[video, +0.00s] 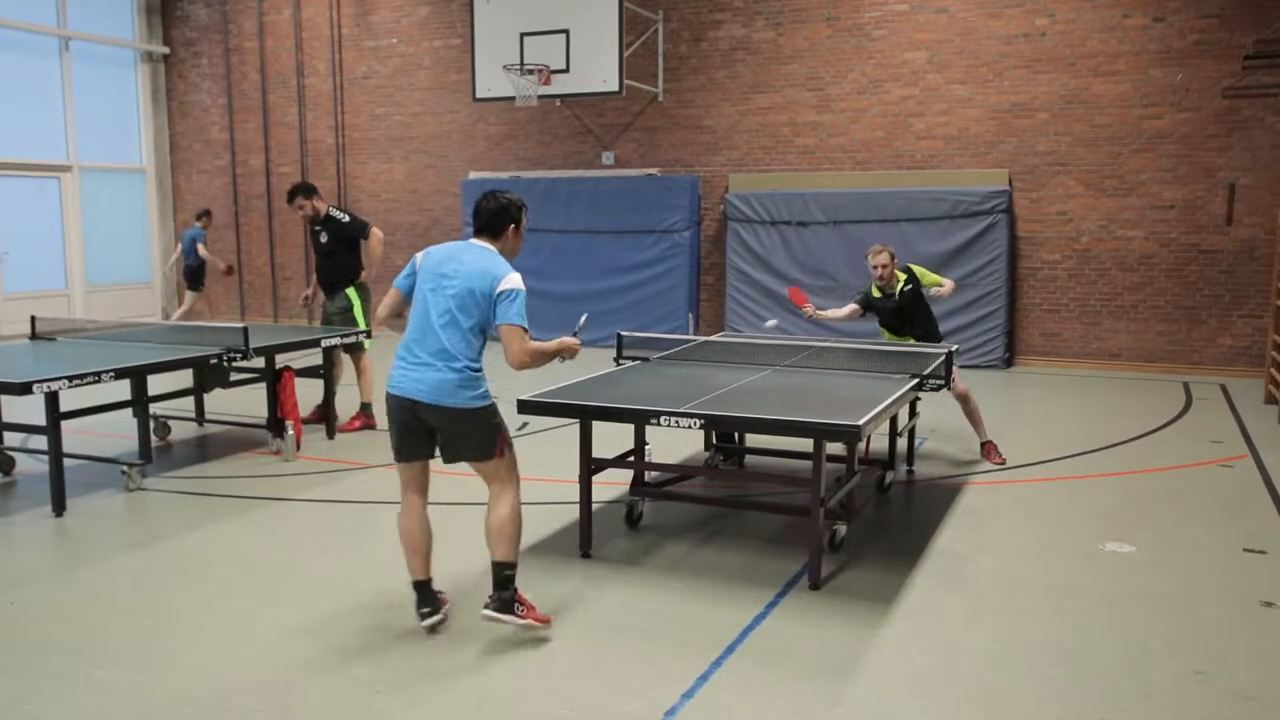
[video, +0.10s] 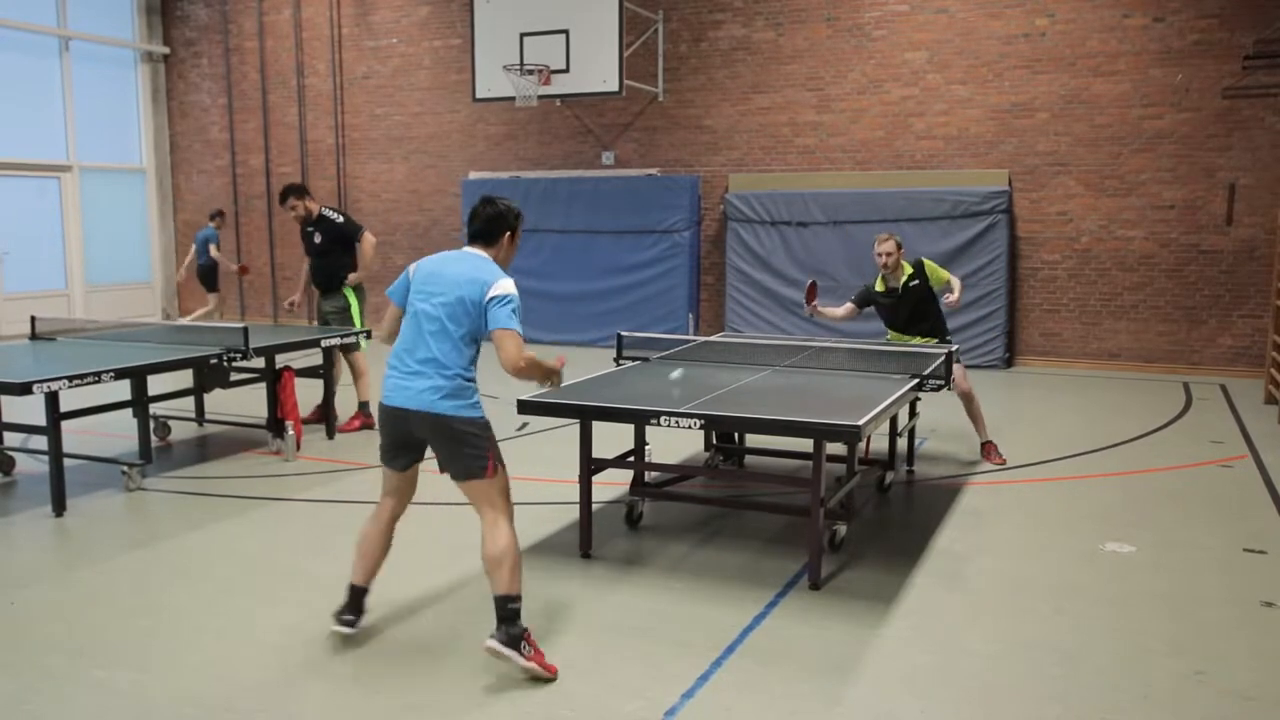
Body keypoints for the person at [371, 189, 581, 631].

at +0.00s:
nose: (523, 238)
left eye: (523, 230)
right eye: (523, 230)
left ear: (477, 226)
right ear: (511, 230)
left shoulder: (428, 256)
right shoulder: (504, 275)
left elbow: (385, 314)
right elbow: (519, 355)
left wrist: (426, 332)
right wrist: (558, 348)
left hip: (402, 392)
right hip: (458, 397)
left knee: (413, 491)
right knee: (503, 483)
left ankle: (424, 598)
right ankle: (504, 594)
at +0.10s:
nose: (515, 251)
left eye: (517, 243)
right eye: (517, 242)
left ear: (470, 233)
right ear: (506, 239)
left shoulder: (421, 267)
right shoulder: (496, 282)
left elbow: (384, 331)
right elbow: (514, 360)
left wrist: (429, 329)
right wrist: (547, 370)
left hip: (396, 404)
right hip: (453, 409)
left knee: (390, 501)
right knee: (495, 514)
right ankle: (510, 629)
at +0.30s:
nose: (475, 279)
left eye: (474, 273)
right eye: (474, 273)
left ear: (425, 272)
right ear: (466, 280)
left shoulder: (389, 295)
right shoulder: (468, 336)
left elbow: (413, 337)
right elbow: (515, 384)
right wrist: (543, 358)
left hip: (346, 444)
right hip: (402, 454)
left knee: (346, 519)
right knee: (470, 546)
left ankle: (282, 618)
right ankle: (502, 669)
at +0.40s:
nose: (431, 263)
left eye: (427, 257)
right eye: (428, 258)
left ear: (379, 258)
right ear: (420, 265)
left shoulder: (348, 279)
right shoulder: (429, 321)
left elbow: (389, 308)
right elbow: (484, 354)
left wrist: (424, 291)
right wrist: (536, 354)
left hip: (297, 434)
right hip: (357, 449)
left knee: (288, 512)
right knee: (418, 546)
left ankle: (222, 606)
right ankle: (475, 654)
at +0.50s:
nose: (382, 267)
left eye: (379, 261)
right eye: (377, 262)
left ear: (327, 266)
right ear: (366, 271)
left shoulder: (296, 294)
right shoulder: (376, 331)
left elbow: (337, 315)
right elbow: (431, 387)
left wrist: (369, 298)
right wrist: (485, 374)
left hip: (264, 451)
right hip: (321, 464)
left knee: (240, 532)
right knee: (392, 544)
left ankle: (169, 620)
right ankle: (377, 657)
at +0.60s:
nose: (354, 275)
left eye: (352, 267)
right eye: (352, 268)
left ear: (295, 268)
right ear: (341, 275)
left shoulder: (263, 306)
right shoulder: (346, 341)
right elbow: (397, 411)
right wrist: (449, 387)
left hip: (243, 460)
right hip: (299, 472)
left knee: (241, 532)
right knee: (365, 550)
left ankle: (169, 620)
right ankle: (339, 658)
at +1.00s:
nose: (389, 277)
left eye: (389, 267)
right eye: (387, 268)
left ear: (340, 266)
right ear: (367, 269)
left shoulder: (300, 297)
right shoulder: (342, 324)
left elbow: (291, 373)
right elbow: (332, 417)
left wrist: (355, 382)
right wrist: (404, 442)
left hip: (251, 449)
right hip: (295, 457)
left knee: (267, 536)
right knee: (374, 548)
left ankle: (196, 635)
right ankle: (363, 683)